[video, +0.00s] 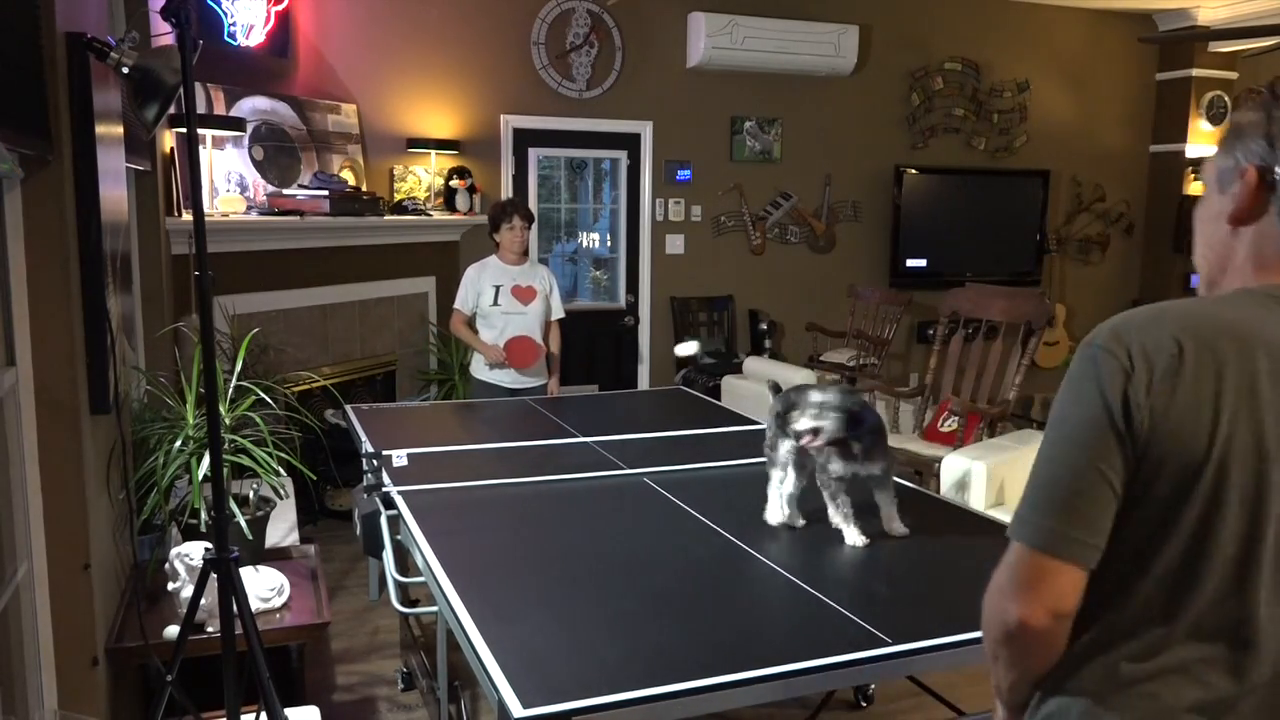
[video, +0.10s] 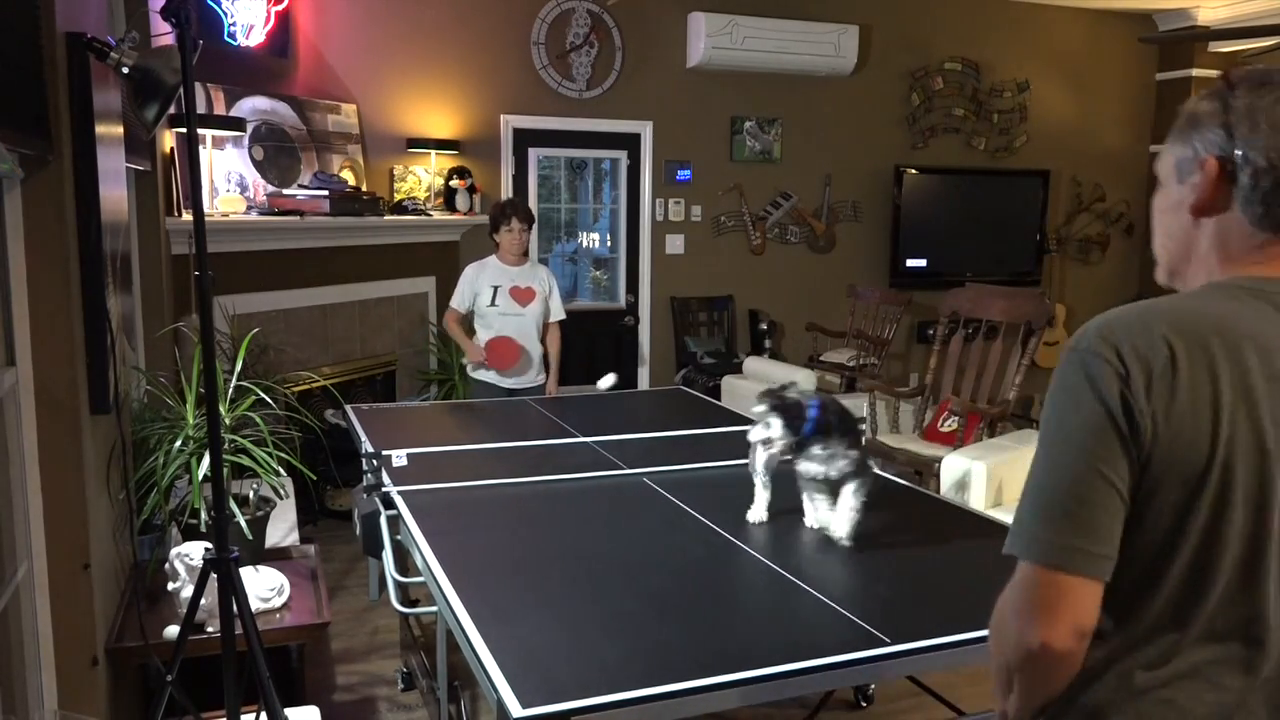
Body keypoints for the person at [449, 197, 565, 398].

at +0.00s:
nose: (520, 234)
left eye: (524, 228)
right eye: (511, 228)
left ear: (529, 232)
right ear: (496, 235)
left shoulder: (543, 275)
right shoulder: (477, 273)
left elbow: (552, 327)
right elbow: (456, 323)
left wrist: (554, 375)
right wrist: (485, 349)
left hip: (534, 383)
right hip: (489, 383)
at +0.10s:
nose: (518, 237)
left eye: (523, 230)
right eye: (509, 231)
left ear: (529, 234)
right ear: (496, 236)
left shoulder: (543, 275)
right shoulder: (475, 273)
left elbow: (551, 328)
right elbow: (450, 319)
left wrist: (553, 375)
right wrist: (468, 347)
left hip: (531, 382)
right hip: (487, 382)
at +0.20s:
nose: (512, 241)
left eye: (519, 234)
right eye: (505, 234)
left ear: (526, 237)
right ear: (492, 237)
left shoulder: (539, 277)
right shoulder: (471, 274)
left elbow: (549, 330)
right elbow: (439, 314)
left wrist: (550, 379)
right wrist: (450, 343)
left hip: (527, 384)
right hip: (482, 385)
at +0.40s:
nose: (496, 245)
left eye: (502, 238)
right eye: (488, 237)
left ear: (510, 243)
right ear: (475, 242)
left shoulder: (520, 282)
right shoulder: (453, 277)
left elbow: (530, 334)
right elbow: (409, 313)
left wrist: (533, 385)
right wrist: (429, 326)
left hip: (508, 391)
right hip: (460, 391)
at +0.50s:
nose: (486, 245)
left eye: (492, 238)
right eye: (477, 238)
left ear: (500, 243)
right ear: (465, 242)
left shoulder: (507, 283)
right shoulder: (447, 273)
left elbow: (514, 336)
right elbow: (407, 300)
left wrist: (516, 381)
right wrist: (430, 306)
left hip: (493, 386)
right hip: (448, 387)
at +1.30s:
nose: (476, 236)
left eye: (483, 230)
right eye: (468, 229)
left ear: (491, 236)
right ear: (455, 235)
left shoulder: (501, 275)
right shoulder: (437, 271)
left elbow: (511, 329)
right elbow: (395, 305)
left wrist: (515, 381)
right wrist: (412, 323)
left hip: (494, 385)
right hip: (447, 388)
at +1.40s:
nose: (485, 242)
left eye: (491, 235)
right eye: (476, 235)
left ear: (499, 239)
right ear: (464, 241)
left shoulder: (512, 279)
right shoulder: (446, 278)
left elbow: (521, 330)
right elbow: (410, 322)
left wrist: (527, 380)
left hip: (502, 389)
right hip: (458, 390)